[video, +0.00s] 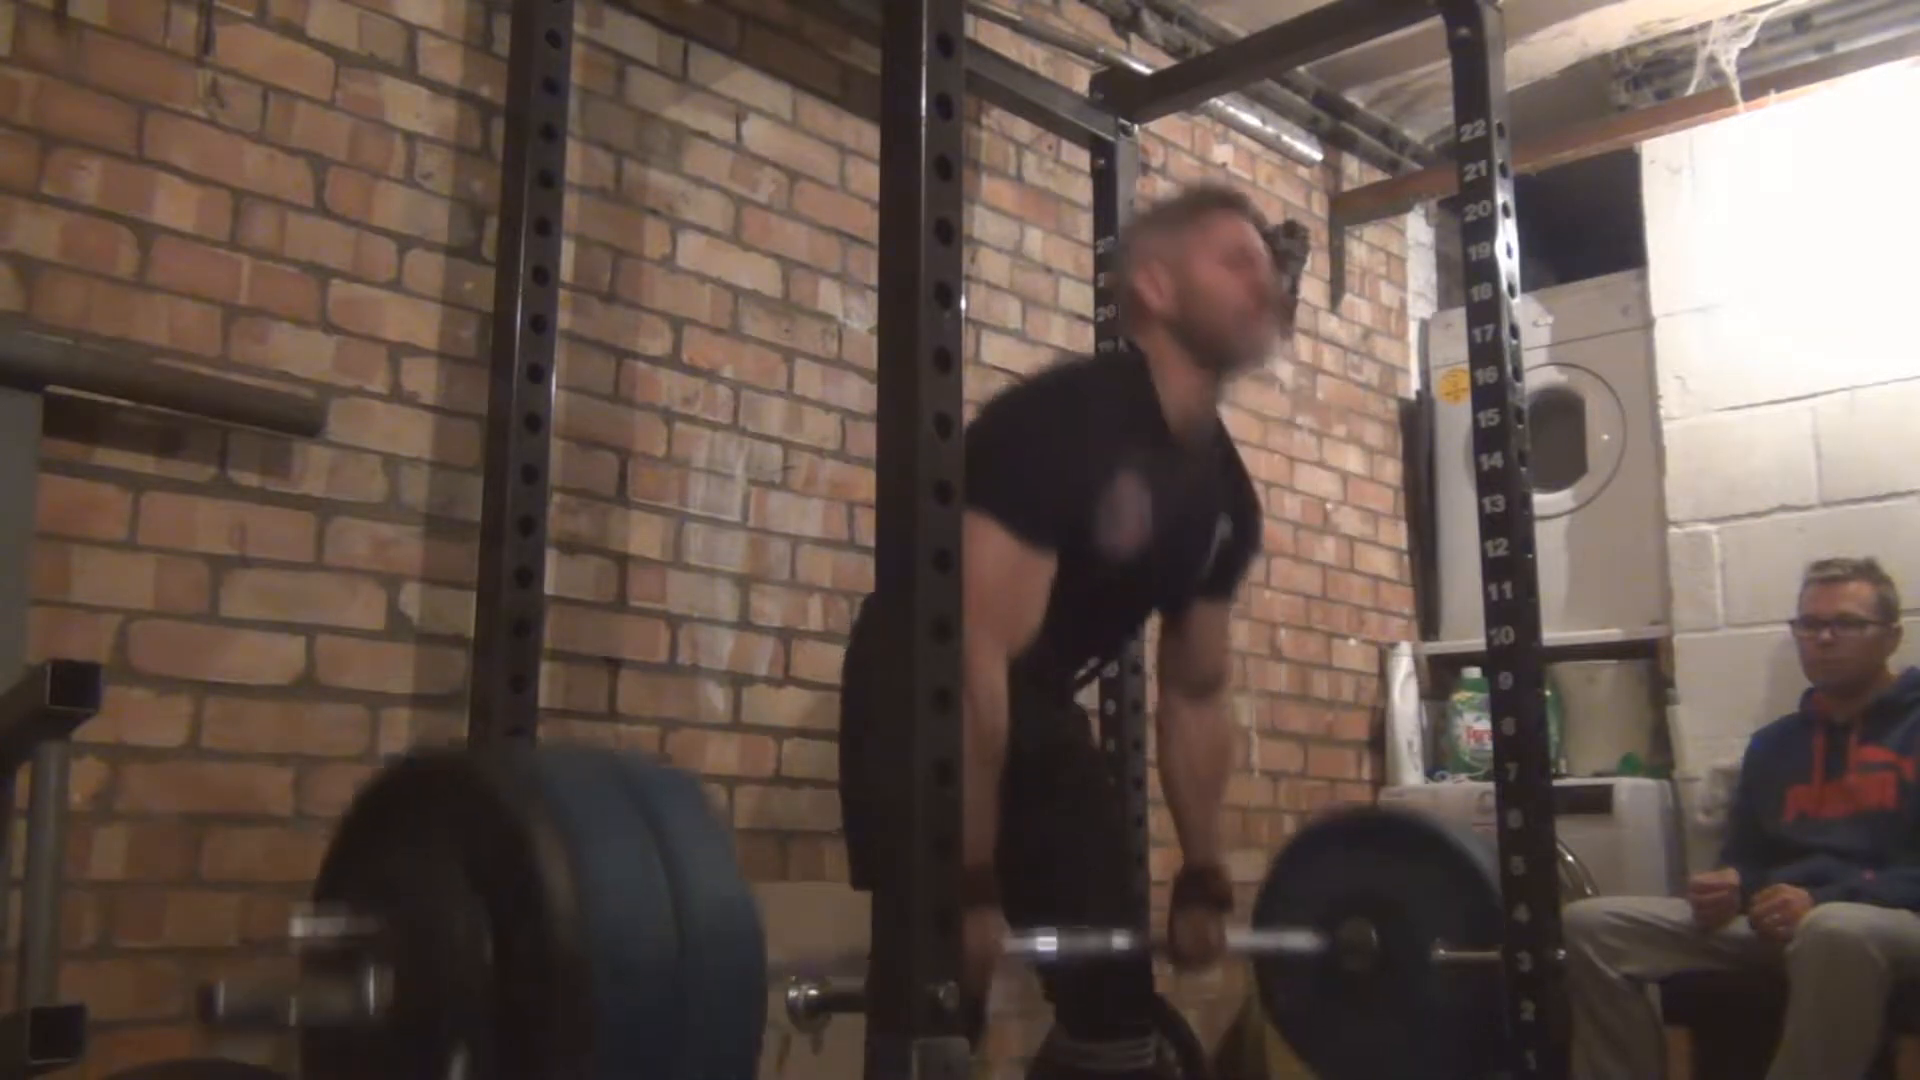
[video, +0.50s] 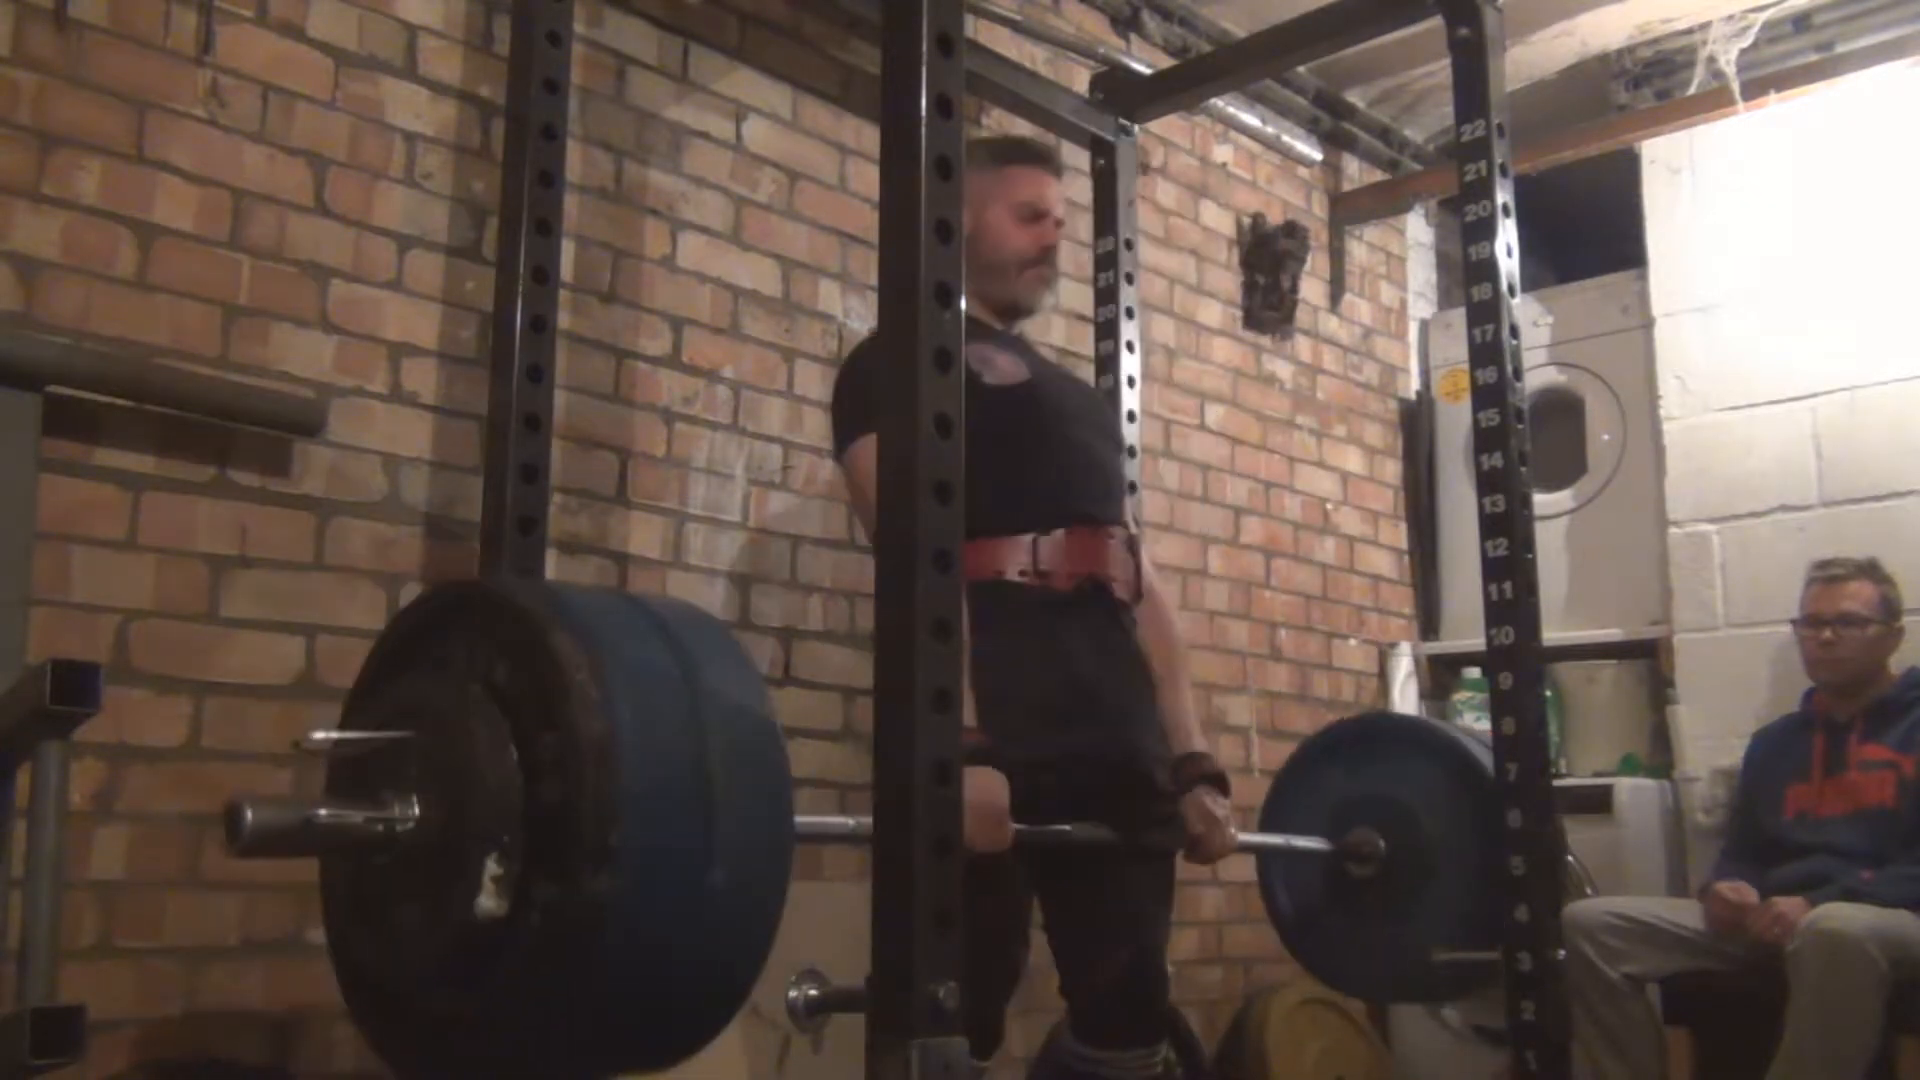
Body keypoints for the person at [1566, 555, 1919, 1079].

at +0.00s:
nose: (1824, 638)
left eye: (1846, 624)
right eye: (1811, 624)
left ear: (1891, 636)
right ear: (1795, 634)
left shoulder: (1912, 723)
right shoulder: (1773, 745)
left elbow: (1912, 876)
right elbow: (1746, 856)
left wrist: (1819, 901)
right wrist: (1730, 884)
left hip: (1894, 920)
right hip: (1772, 919)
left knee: (1833, 936)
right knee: (1590, 928)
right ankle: (1625, 1073)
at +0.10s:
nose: (1824, 638)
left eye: (1846, 624)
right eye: (1811, 624)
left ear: (1892, 637)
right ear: (1796, 634)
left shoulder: (1914, 722)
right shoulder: (1773, 744)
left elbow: (1913, 876)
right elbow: (1745, 857)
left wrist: (1819, 901)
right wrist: (1732, 885)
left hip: (1895, 919)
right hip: (1773, 919)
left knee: (1832, 936)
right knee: (1590, 929)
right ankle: (1626, 1072)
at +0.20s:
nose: (1823, 638)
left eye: (1846, 624)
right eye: (1811, 623)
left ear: (1892, 637)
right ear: (1796, 633)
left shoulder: (1914, 722)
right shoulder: (1773, 743)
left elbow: (1914, 871)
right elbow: (1744, 855)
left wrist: (1819, 902)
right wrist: (1732, 886)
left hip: (1895, 918)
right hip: (1771, 918)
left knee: (1833, 936)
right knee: (1587, 929)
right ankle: (1632, 1073)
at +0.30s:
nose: (1824, 637)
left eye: (1847, 623)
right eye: (1812, 623)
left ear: (1893, 637)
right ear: (1797, 632)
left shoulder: (1914, 721)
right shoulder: (1774, 743)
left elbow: (1914, 870)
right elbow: (1743, 853)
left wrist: (1818, 903)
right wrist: (1731, 887)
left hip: (1894, 916)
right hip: (1770, 917)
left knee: (1833, 936)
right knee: (1587, 929)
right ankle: (1631, 1073)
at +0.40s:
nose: (1825, 637)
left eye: (1848, 623)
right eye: (1812, 622)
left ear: (1894, 637)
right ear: (1797, 633)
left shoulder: (1913, 722)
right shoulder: (1774, 743)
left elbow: (1913, 871)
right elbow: (1743, 849)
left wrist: (1818, 902)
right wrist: (1730, 886)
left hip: (1892, 916)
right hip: (1768, 916)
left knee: (1832, 937)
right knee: (1586, 929)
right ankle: (1630, 1074)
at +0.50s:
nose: (1825, 637)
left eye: (1848, 623)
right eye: (1812, 622)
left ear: (1894, 637)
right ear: (1797, 632)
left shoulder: (1913, 721)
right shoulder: (1774, 743)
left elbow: (1914, 870)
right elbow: (1742, 849)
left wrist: (1818, 903)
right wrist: (1728, 886)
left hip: (1894, 917)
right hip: (1769, 916)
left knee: (1832, 937)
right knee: (1589, 928)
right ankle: (1628, 1073)